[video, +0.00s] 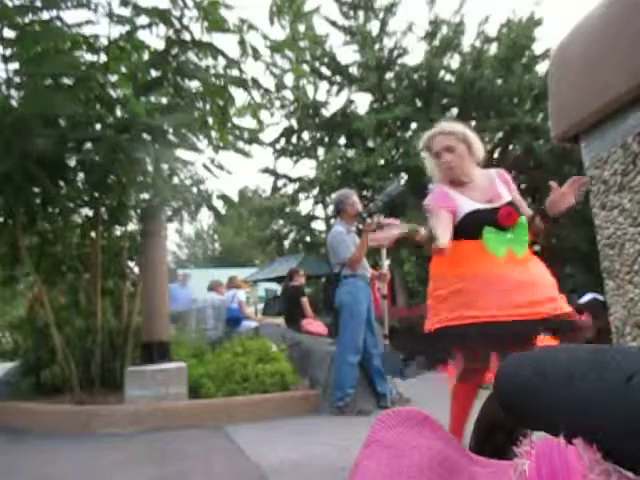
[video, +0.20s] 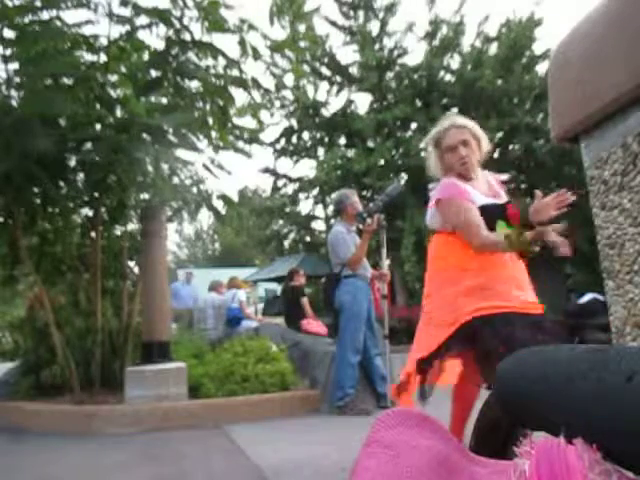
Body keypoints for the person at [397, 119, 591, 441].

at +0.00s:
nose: (445, 159)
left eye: (451, 150)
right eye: (437, 155)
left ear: (470, 149)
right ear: (434, 164)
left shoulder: (499, 178)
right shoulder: (440, 196)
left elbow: (529, 227)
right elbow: (441, 237)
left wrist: (548, 212)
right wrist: (436, 240)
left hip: (516, 280)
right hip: (467, 284)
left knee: (521, 362)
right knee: (474, 365)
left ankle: (520, 437)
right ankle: (454, 441)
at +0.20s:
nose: (461, 153)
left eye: (465, 144)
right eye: (450, 150)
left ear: (479, 147)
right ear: (441, 160)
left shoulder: (493, 184)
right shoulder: (449, 191)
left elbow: (505, 224)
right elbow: (480, 241)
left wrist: (533, 218)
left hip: (501, 290)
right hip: (468, 296)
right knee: (472, 371)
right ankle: (455, 442)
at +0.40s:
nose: (491, 141)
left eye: (494, 133)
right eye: (481, 134)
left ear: (500, 137)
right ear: (460, 143)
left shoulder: (461, 174)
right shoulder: (471, 176)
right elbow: (508, 225)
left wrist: (518, 187)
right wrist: (546, 218)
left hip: (470, 282)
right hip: (482, 283)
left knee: (477, 364)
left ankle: (455, 441)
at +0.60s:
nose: (513, 140)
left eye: (512, 132)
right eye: (508, 132)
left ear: (485, 136)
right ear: (488, 134)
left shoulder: (473, 168)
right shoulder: (482, 172)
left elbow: (521, 178)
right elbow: (517, 225)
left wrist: (538, 170)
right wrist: (537, 223)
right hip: (483, 286)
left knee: (475, 364)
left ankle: (454, 441)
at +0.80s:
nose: (522, 145)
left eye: (521, 138)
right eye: (517, 137)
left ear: (494, 139)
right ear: (501, 138)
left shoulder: (490, 171)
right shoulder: (483, 172)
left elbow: (518, 190)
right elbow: (509, 223)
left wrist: (531, 193)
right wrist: (532, 231)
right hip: (473, 278)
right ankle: (454, 438)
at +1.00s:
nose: (537, 156)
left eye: (537, 149)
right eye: (532, 148)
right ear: (511, 148)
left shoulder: (511, 191)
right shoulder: (488, 174)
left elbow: (542, 219)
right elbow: (503, 224)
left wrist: (572, 202)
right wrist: (542, 246)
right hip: (461, 268)